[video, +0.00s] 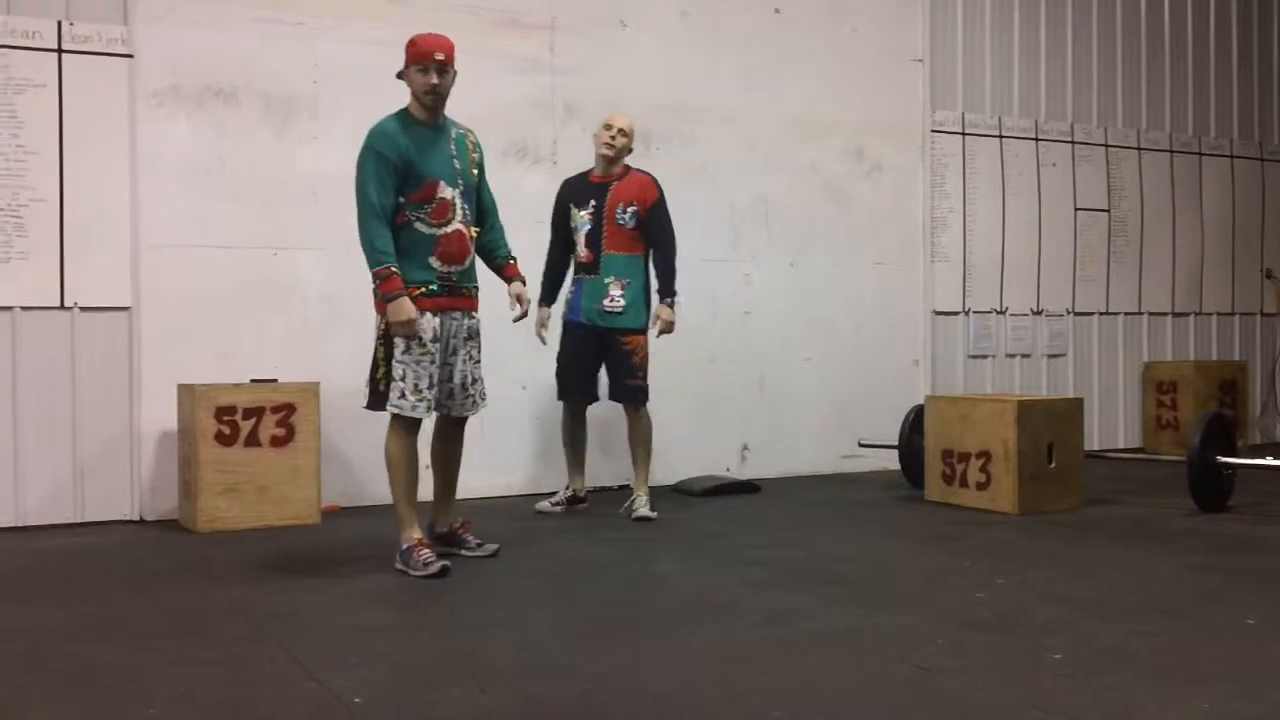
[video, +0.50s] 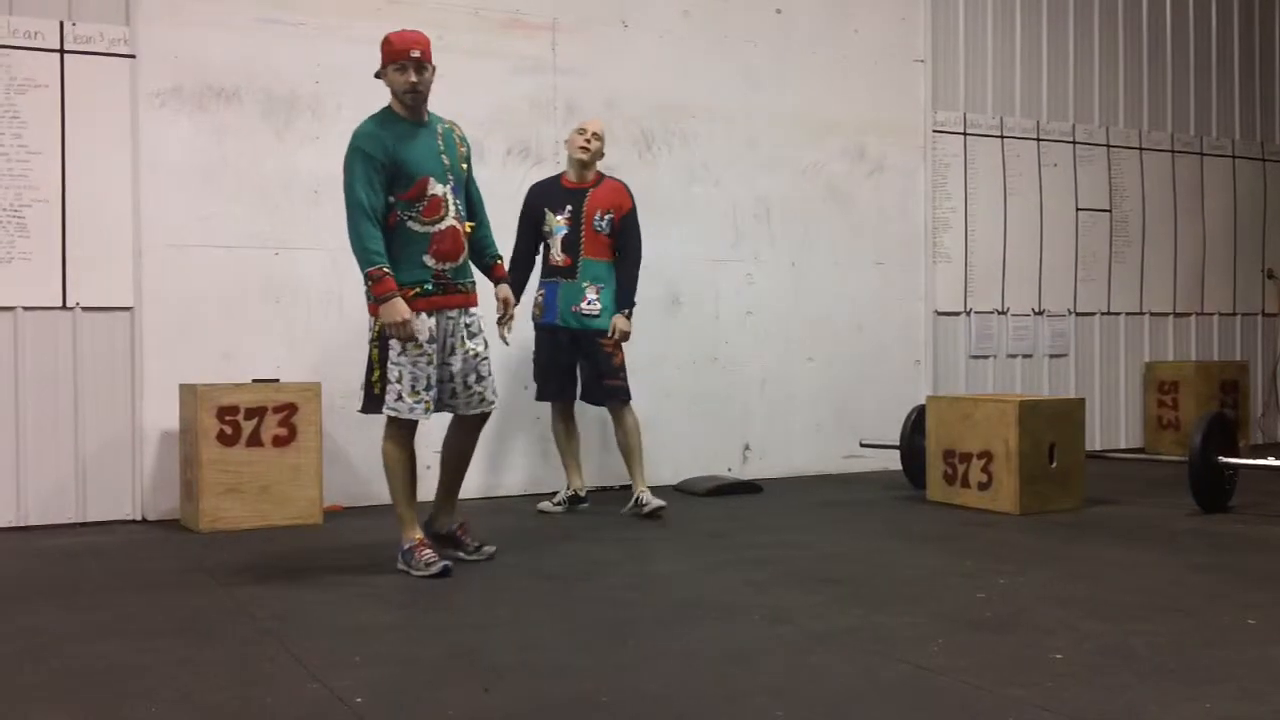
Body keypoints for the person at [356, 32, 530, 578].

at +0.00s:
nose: (435, 77)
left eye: (443, 69)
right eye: (424, 68)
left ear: (454, 75)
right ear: (406, 75)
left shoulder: (466, 142)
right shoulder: (386, 139)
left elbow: (485, 218)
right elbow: (373, 222)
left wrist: (512, 274)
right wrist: (392, 294)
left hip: (461, 302)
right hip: (412, 302)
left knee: (454, 413)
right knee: (406, 416)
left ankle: (443, 524)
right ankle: (410, 537)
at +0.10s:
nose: (430, 76)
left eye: (437, 68)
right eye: (419, 68)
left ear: (448, 75)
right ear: (401, 75)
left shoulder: (461, 141)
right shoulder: (382, 140)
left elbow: (481, 219)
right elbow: (371, 223)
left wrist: (514, 277)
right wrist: (394, 293)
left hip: (460, 302)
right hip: (410, 302)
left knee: (458, 413)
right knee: (405, 417)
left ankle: (446, 524)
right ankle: (411, 538)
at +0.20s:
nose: (423, 76)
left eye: (431, 67)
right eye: (412, 68)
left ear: (442, 74)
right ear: (395, 76)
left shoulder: (458, 140)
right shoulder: (378, 140)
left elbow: (478, 218)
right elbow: (369, 222)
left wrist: (511, 277)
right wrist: (394, 294)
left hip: (459, 301)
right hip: (409, 302)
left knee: (467, 409)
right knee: (404, 417)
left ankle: (448, 520)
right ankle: (411, 539)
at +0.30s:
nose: (419, 76)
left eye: (427, 67)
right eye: (408, 68)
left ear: (438, 74)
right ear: (390, 76)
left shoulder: (454, 138)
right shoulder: (374, 139)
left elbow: (473, 216)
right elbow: (366, 222)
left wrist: (505, 277)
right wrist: (392, 293)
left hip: (458, 301)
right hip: (407, 303)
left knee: (477, 403)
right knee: (402, 418)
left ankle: (450, 517)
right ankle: (411, 538)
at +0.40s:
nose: (416, 76)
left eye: (423, 66)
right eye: (404, 68)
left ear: (435, 73)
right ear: (386, 76)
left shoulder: (452, 137)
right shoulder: (372, 139)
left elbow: (472, 215)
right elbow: (364, 223)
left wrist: (501, 278)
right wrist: (389, 293)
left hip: (459, 298)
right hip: (405, 301)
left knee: (479, 402)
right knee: (402, 417)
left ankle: (448, 515)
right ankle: (410, 538)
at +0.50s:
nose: (413, 76)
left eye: (421, 67)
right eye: (401, 68)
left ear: (433, 73)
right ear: (384, 77)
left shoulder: (453, 137)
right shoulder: (370, 140)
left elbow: (473, 214)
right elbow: (363, 222)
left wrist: (500, 277)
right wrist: (385, 294)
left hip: (460, 300)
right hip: (406, 302)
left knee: (475, 405)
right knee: (402, 417)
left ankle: (443, 522)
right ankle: (411, 539)